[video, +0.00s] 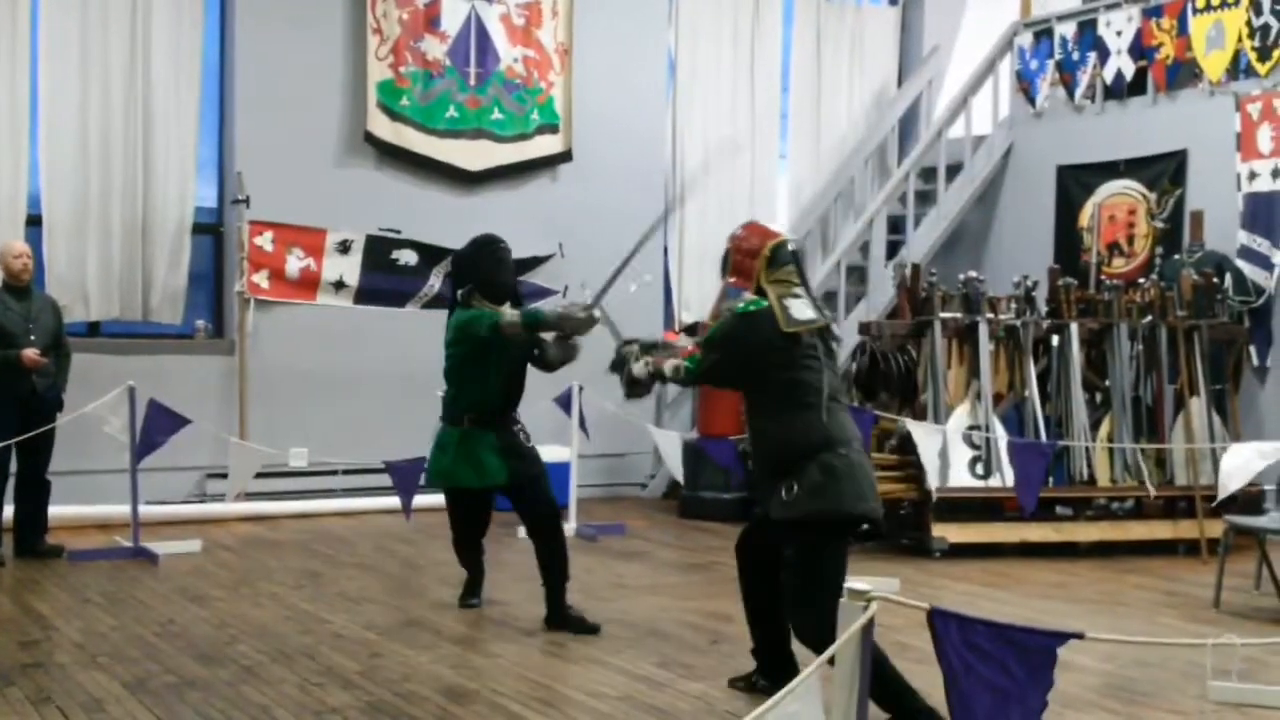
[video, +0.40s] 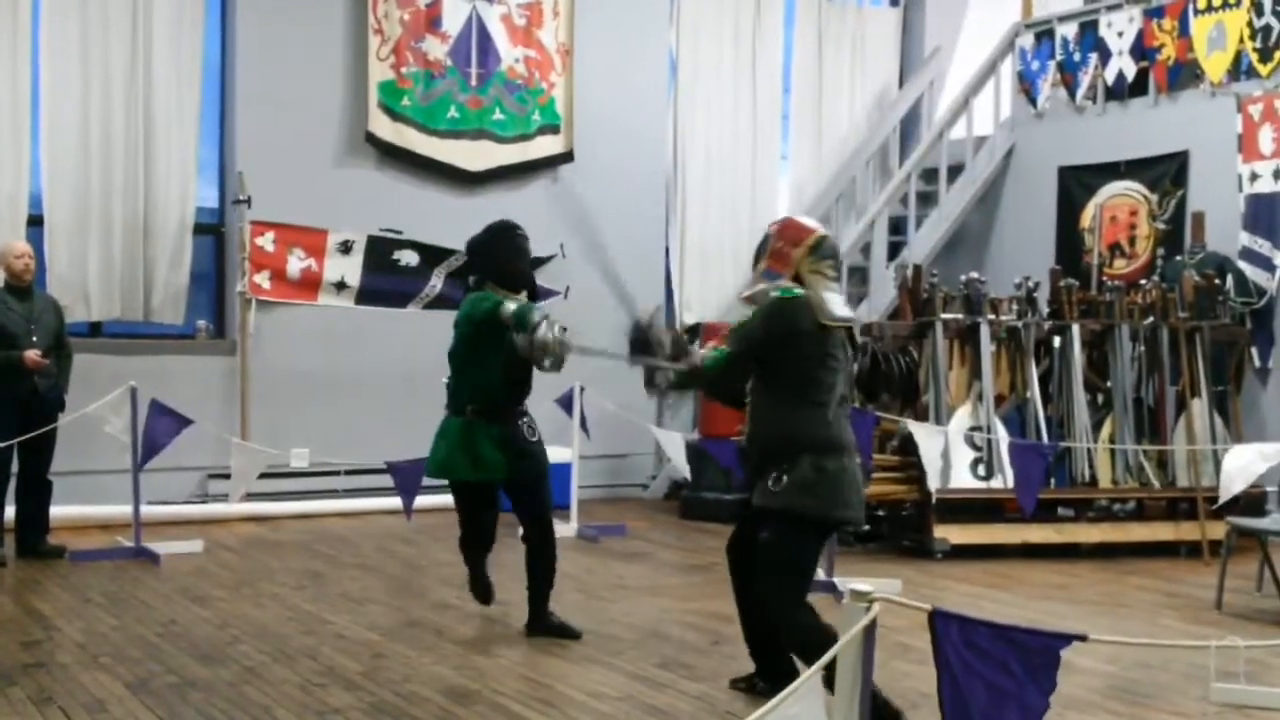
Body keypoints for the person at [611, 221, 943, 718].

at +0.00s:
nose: (728, 274)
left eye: (732, 265)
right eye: (729, 265)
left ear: (747, 268)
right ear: (779, 267)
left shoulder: (754, 321)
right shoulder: (805, 315)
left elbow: (707, 370)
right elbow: (739, 359)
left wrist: (667, 367)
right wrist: (691, 349)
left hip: (817, 488)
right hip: (838, 482)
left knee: (814, 621)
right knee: (754, 549)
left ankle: (917, 711)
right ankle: (774, 671)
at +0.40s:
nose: (759, 270)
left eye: (764, 261)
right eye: (761, 261)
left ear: (780, 259)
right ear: (811, 262)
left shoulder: (784, 307)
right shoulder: (828, 316)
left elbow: (722, 371)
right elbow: (767, 401)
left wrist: (681, 364)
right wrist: (697, 370)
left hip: (804, 480)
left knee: (778, 597)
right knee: (743, 553)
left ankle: (867, 702)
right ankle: (773, 674)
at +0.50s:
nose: (776, 257)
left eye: (783, 248)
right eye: (779, 248)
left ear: (800, 253)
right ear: (817, 255)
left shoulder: (807, 312)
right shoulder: (812, 308)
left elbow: (738, 367)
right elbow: (751, 347)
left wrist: (679, 358)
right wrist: (697, 334)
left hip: (808, 480)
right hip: (796, 474)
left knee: (770, 587)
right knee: (741, 554)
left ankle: (820, 681)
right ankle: (771, 670)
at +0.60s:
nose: (791, 254)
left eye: (800, 244)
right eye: (792, 244)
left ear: (823, 248)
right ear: (827, 249)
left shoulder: (836, 306)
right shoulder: (817, 301)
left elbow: (772, 370)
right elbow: (754, 337)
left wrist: (703, 350)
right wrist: (705, 301)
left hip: (824, 477)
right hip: (805, 471)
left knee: (779, 593)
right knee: (775, 581)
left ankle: (806, 689)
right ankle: (769, 672)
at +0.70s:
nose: (801, 244)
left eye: (811, 233)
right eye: (805, 232)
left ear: (831, 241)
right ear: (851, 242)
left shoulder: (840, 308)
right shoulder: (857, 305)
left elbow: (784, 372)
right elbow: (805, 367)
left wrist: (723, 353)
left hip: (841, 486)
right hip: (855, 482)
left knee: (776, 602)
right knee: (802, 594)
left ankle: (811, 696)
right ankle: (808, 685)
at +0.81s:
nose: (810, 254)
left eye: (818, 242)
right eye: (813, 241)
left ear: (838, 248)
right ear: (871, 246)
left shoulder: (851, 316)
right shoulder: (893, 308)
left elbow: (794, 390)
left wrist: (751, 376)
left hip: (865, 492)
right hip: (902, 486)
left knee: (787, 601)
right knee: (833, 591)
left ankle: (831, 706)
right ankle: (884, 696)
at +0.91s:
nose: (841, 247)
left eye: (849, 235)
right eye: (843, 234)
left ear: (869, 240)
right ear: (904, 239)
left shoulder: (874, 311)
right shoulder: (930, 306)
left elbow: (831, 390)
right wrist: (807, 347)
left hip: (894, 498)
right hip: (941, 493)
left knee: (808, 595)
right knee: (879, 592)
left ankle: (832, 707)